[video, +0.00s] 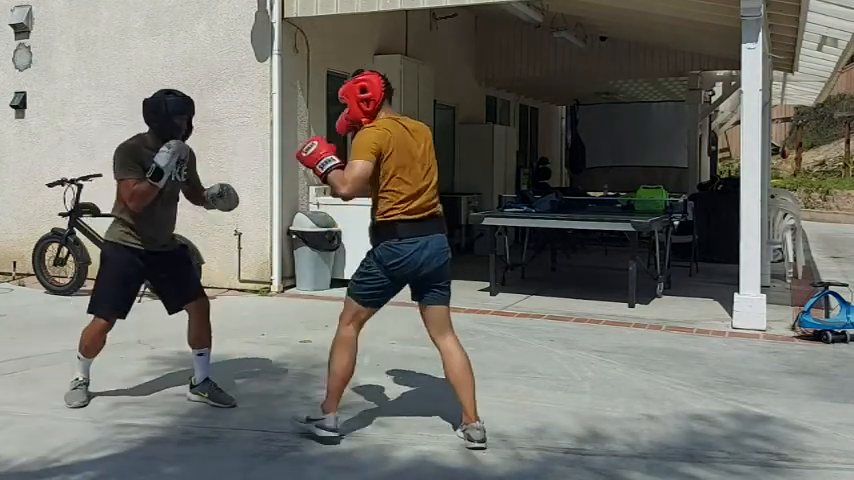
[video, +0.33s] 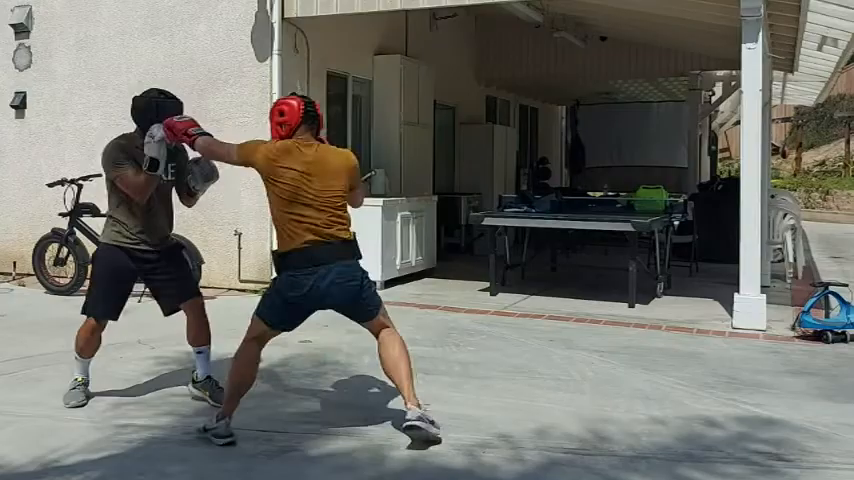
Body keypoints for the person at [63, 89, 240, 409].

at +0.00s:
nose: (189, 126)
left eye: (189, 120)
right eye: (183, 120)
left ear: (182, 122)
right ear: (163, 121)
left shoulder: (183, 153)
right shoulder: (129, 151)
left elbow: (194, 194)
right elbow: (135, 202)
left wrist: (214, 198)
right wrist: (161, 170)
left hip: (164, 247)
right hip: (125, 244)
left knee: (199, 305)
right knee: (104, 319)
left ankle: (200, 381)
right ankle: (80, 378)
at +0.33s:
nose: (177, 125)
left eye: (178, 120)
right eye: (173, 120)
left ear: (170, 123)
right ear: (153, 122)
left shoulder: (174, 150)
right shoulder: (117, 149)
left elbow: (187, 200)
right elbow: (140, 191)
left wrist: (196, 183)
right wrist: (155, 155)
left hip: (162, 247)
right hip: (119, 245)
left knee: (195, 306)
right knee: (96, 320)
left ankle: (203, 377)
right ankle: (80, 379)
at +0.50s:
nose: (171, 131)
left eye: (171, 126)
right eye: (167, 125)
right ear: (149, 120)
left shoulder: (163, 157)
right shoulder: (120, 147)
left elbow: (170, 204)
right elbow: (166, 155)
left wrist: (173, 225)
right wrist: (160, 123)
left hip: (162, 255)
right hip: (120, 253)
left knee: (199, 311)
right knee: (101, 333)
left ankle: (199, 379)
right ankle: (78, 372)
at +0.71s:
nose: (126, 118)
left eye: (130, 112)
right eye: (119, 111)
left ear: (136, 113)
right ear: (105, 112)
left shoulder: (138, 142)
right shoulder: (84, 140)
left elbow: (141, 187)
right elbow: (129, 169)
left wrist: (131, 212)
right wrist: (119, 134)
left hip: (129, 236)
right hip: (87, 236)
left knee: (160, 304)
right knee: (85, 315)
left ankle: (177, 374)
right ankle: (74, 377)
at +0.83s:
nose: (116, 104)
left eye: (120, 98)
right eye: (108, 98)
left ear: (123, 98)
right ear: (89, 98)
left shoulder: (130, 125)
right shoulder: (70, 131)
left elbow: (131, 172)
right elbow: (99, 163)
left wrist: (116, 206)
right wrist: (93, 123)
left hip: (118, 227)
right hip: (74, 227)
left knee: (140, 294)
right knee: (70, 300)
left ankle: (149, 368)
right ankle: (66, 374)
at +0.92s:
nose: (98, 100)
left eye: (104, 94)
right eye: (92, 93)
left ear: (111, 97)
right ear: (78, 93)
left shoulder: (119, 125)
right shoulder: (62, 126)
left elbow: (125, 173)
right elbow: (66, 172)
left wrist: (102, 205)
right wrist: (74, 124)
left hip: (111, 228)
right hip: (66, 226)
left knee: (129, 295)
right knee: (55, 298)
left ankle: (133, 362)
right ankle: (56, 361)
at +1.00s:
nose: (88, 109)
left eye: (94, 104)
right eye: (84, 102)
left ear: (101, 106)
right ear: (71, 104)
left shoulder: (111, 136)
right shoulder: (54, 135)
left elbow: (124, 184)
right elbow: (41, 184)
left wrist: (101, 213)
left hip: (106, 235)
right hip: (61, 236)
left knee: (124, 301)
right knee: (49, 304)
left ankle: (133, 362)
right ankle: (51, 361)